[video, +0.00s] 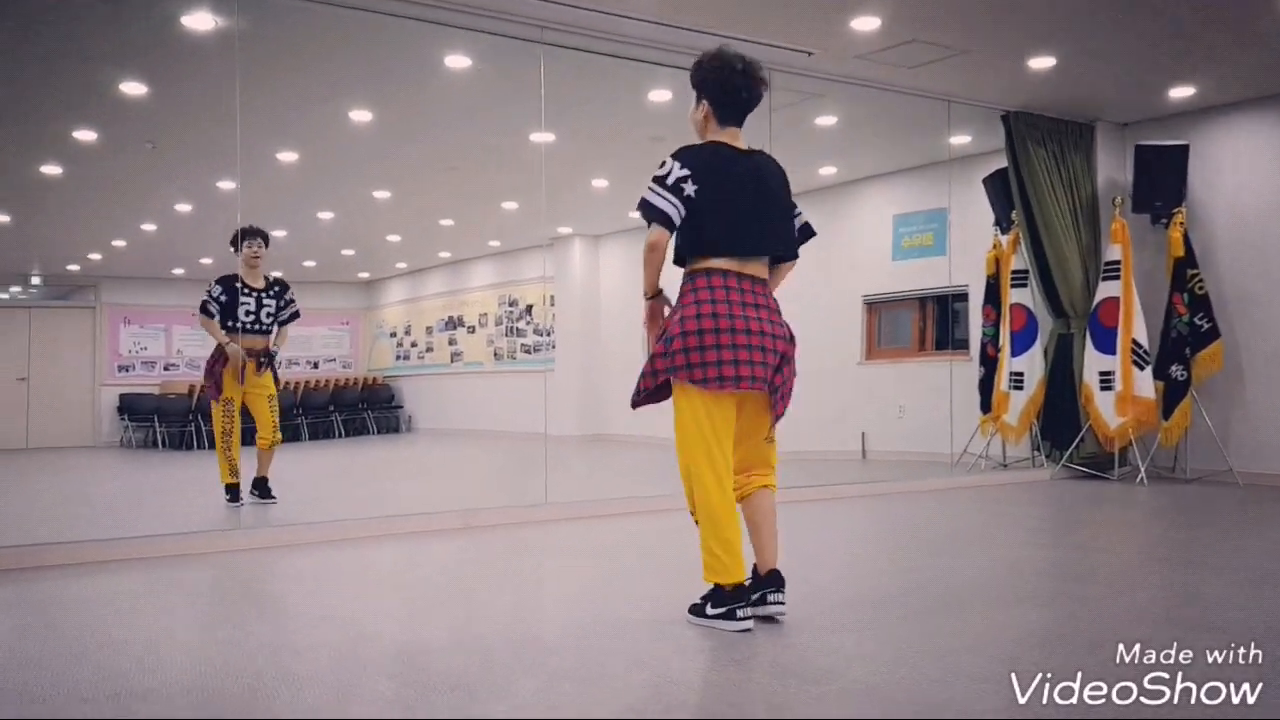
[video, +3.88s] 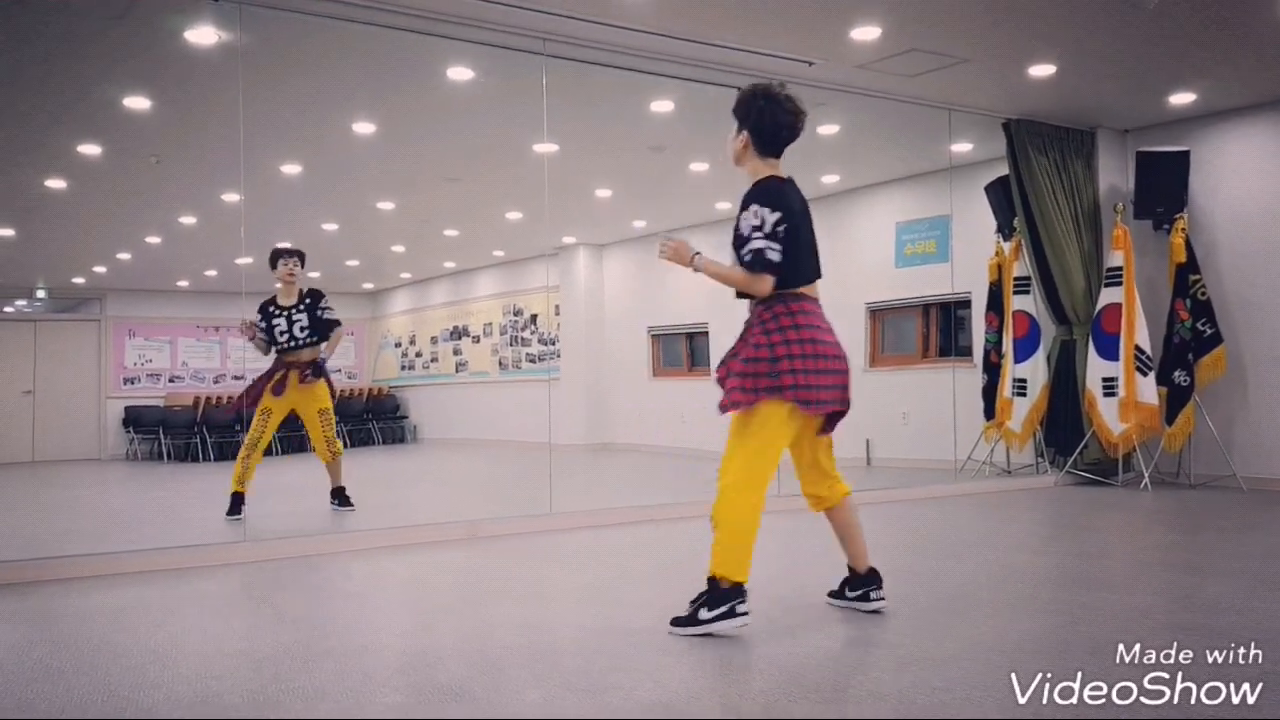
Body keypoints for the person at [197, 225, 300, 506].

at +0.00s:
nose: (256, 250)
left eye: (260, 245)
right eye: (249, 246)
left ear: (267, 251)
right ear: (238, 252)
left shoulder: (278, 288)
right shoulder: (225, 284)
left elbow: (284, 326)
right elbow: (206, 317)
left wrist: (274, 350)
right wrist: (228, 345)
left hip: (261, 364)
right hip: (228, 363)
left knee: (270, 429)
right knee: (227, 427)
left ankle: (261, 480)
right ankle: (231, 484)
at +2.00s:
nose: (255, 272)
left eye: (259, 267)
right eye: (249, 267)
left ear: (263, 272)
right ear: (235, 273)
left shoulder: (262, 307)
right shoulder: (225, 302)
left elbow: (266, 348)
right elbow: (208, 340)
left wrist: (271, 376)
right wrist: (212, 381)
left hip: (261, 377)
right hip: (235, 377)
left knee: (280, 439)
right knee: (247, 447)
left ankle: (259, 495)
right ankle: (232, 500)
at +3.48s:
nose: (263, 278)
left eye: (268, 273)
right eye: (258, 273)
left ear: (273, 275)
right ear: (247, 272)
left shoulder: (278, 305)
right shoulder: (228, 300)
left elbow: (283, 341)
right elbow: (204, 330)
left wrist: (274, 362)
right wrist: (231, 356)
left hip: (265, 381)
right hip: (235, 381)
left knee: (280, 438)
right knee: (231, 445)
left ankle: (281, 496)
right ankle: (226, 502)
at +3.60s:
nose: (265, 271)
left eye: (270, 267)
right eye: (259, 266)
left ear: (275, 273)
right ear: (247, 271)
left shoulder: (284, 307)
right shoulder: (232, 304)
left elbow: (294, 345)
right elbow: (201, 331)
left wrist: (278, 366)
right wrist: (232, 338)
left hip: (272, 383)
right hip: (239, 383)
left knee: (295, 435)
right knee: (233, 447)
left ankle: (319, 490)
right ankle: (227, 502)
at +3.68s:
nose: (268, 272)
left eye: (273, 268)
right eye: (262, 268)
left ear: (278, 275)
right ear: (251, 273)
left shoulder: (289, 307)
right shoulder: (237, 308)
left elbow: (302, 344)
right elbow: (210, 339)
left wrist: (287, 366)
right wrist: (233, 336)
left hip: (280, 385)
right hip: (247, 386)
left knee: (308, 437)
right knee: (237, 448)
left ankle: (330, 490)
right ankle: (228, 501)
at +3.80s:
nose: (282, 272)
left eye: (286, 268)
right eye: (276, 267)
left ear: (293, 274)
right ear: (266, 274)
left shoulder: (307, 304)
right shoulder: (256, 310)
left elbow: (324, 339)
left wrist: (309, 366)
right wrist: (245, 338)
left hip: (300, 381)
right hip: (267, 383)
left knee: (324, 441)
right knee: (245, 442)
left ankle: (338, 489)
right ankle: (231, 498)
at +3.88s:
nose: (291, 269)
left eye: (295, 265)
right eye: (285, 265)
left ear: (301, 270)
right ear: (275, 271)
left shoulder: (314, 298)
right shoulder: (267, 308)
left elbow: (337, 329)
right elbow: (265, 349)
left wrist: (324, 358)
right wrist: (252, 337)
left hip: (312, 375)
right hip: (280, 376)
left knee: (328, 438)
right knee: (254, 438)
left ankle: (338, 490)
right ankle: (237, 496)